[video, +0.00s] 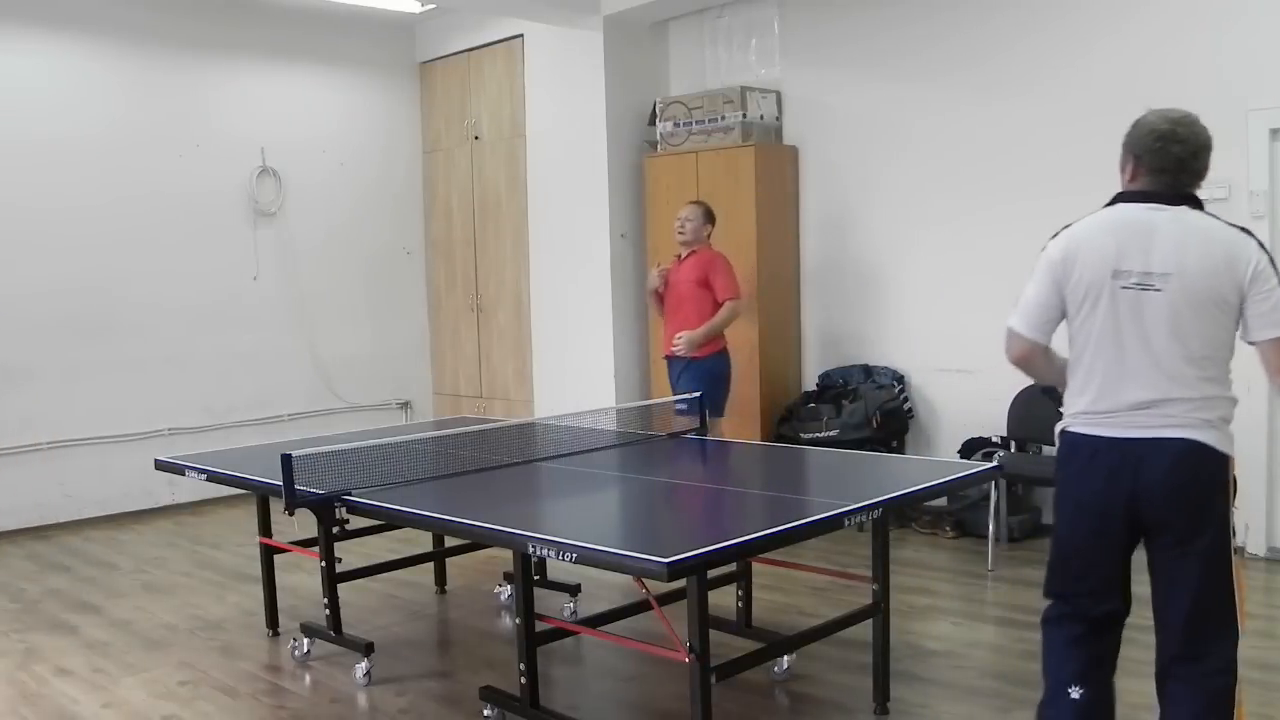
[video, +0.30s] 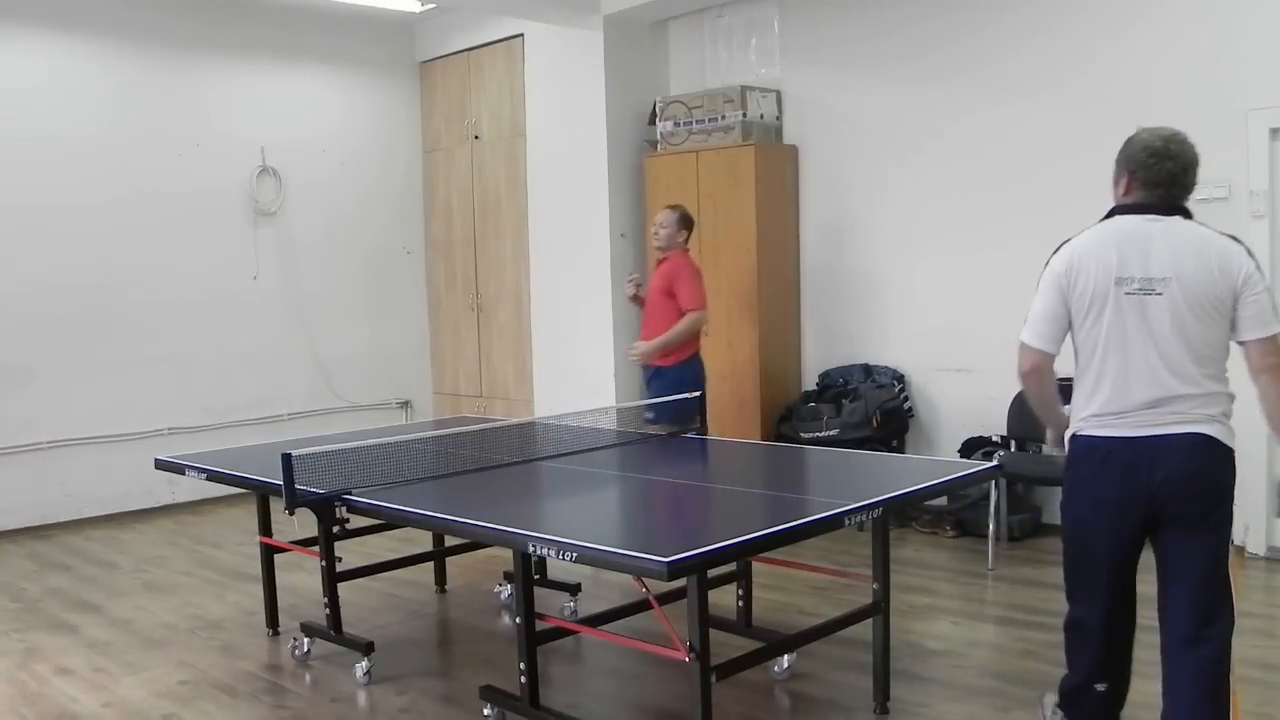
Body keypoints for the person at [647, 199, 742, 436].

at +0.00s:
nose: (680, 224)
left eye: (689, 220)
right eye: (678, 220)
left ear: (707, 229)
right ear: (674, 225)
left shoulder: (714, 260)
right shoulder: (674, 266)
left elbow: (733, 305)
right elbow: (667, 314)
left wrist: (699, 336)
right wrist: (653, 291)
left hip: (706, 361)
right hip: (677, 361)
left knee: (690, 433)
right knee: (707, 432)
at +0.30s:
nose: (654, 230)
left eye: (663, 226)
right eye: (654, 225)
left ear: (682, 235)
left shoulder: (683, 266)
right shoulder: (665, 265)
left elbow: (697, 316)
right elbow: (661, 311)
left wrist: (654, 347)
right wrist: (638, 299)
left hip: (677, 371)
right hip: (661, 369)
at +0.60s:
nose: (626, 225)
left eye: (635, 220)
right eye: (627, 219)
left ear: (654, 230)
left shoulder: (652, 260)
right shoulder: (640, 257)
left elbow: (656, 317)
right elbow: (642, 293)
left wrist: (608, 339)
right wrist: (618, 283)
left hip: (646, 365)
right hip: (633, 364)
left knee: (640, 443)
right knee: (636, 442)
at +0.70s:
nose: (612, 229)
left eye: (621, 225)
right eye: (613, 223)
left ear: (641, 234)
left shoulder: (640, 265)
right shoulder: (631, 261)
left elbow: (649, 322)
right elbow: (636, 296)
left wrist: (602, 349)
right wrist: (610, 287)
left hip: (638, 370)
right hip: (628, 368)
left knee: (633, 448)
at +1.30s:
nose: (560, 246)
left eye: (568, 241)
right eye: (559, 238)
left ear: (590, 242)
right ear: (556, 235)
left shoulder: (603, 274)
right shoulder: (584, 263)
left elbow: (632, 327)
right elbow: (595, 295)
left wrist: (598, 371)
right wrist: (571, 300)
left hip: (622, 376)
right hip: (606, 376)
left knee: (629, 452)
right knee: (622, 451)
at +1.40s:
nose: (558, 245)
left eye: (566, 240)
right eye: (556, 238)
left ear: (588, 241)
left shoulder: (601, 273)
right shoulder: (580, 263)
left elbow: (632, 325)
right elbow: (592, 297)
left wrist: (600, 370)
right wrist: (567, 305)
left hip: (621, 375)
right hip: (602, 375)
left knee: (627, 451)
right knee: (620, 449)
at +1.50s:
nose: (557, 246)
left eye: (565, 240)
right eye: (555, 238)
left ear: (587, 242)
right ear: (553, 235)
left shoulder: (601, 274)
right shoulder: (578, 263)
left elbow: (633, 325)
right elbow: (588, 295)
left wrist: (600, 369)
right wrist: (565, 306)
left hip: (619, 375)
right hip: (599, 376)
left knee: (626, 450)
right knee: (618, 449)